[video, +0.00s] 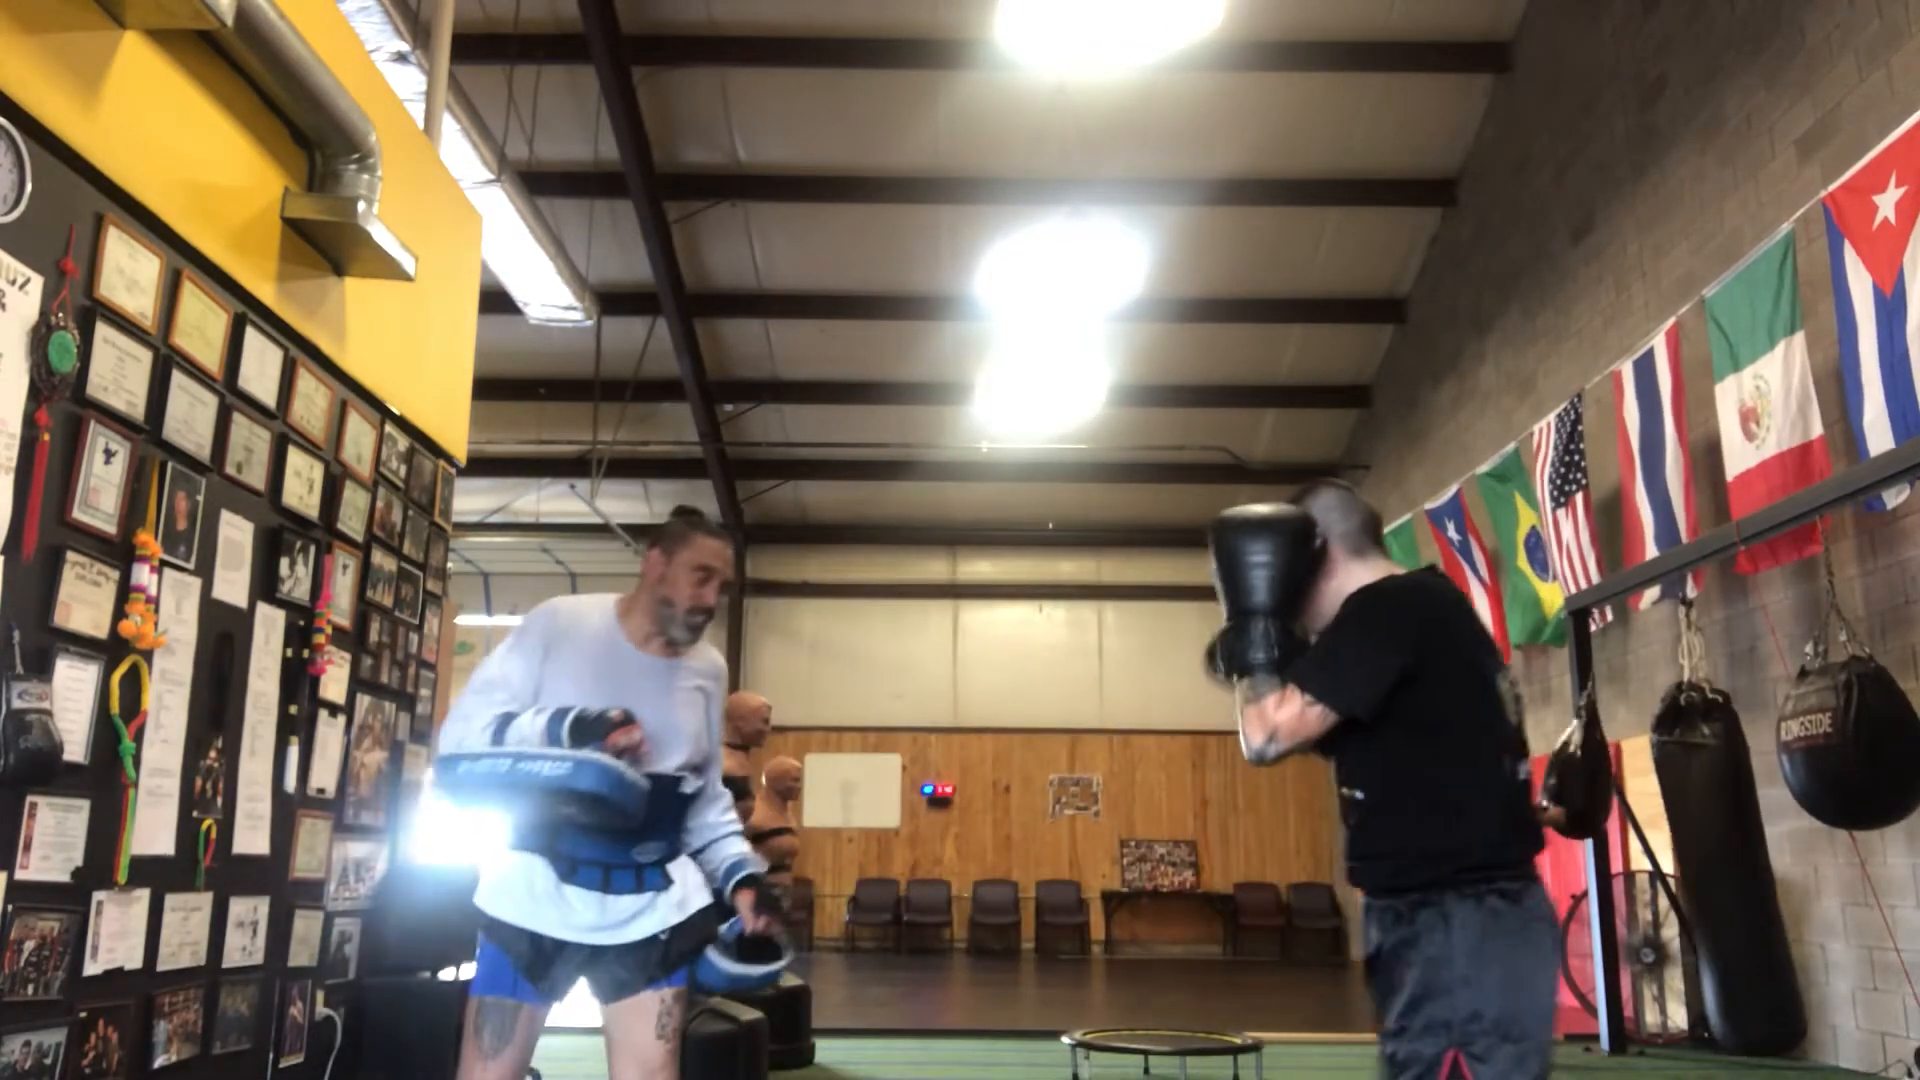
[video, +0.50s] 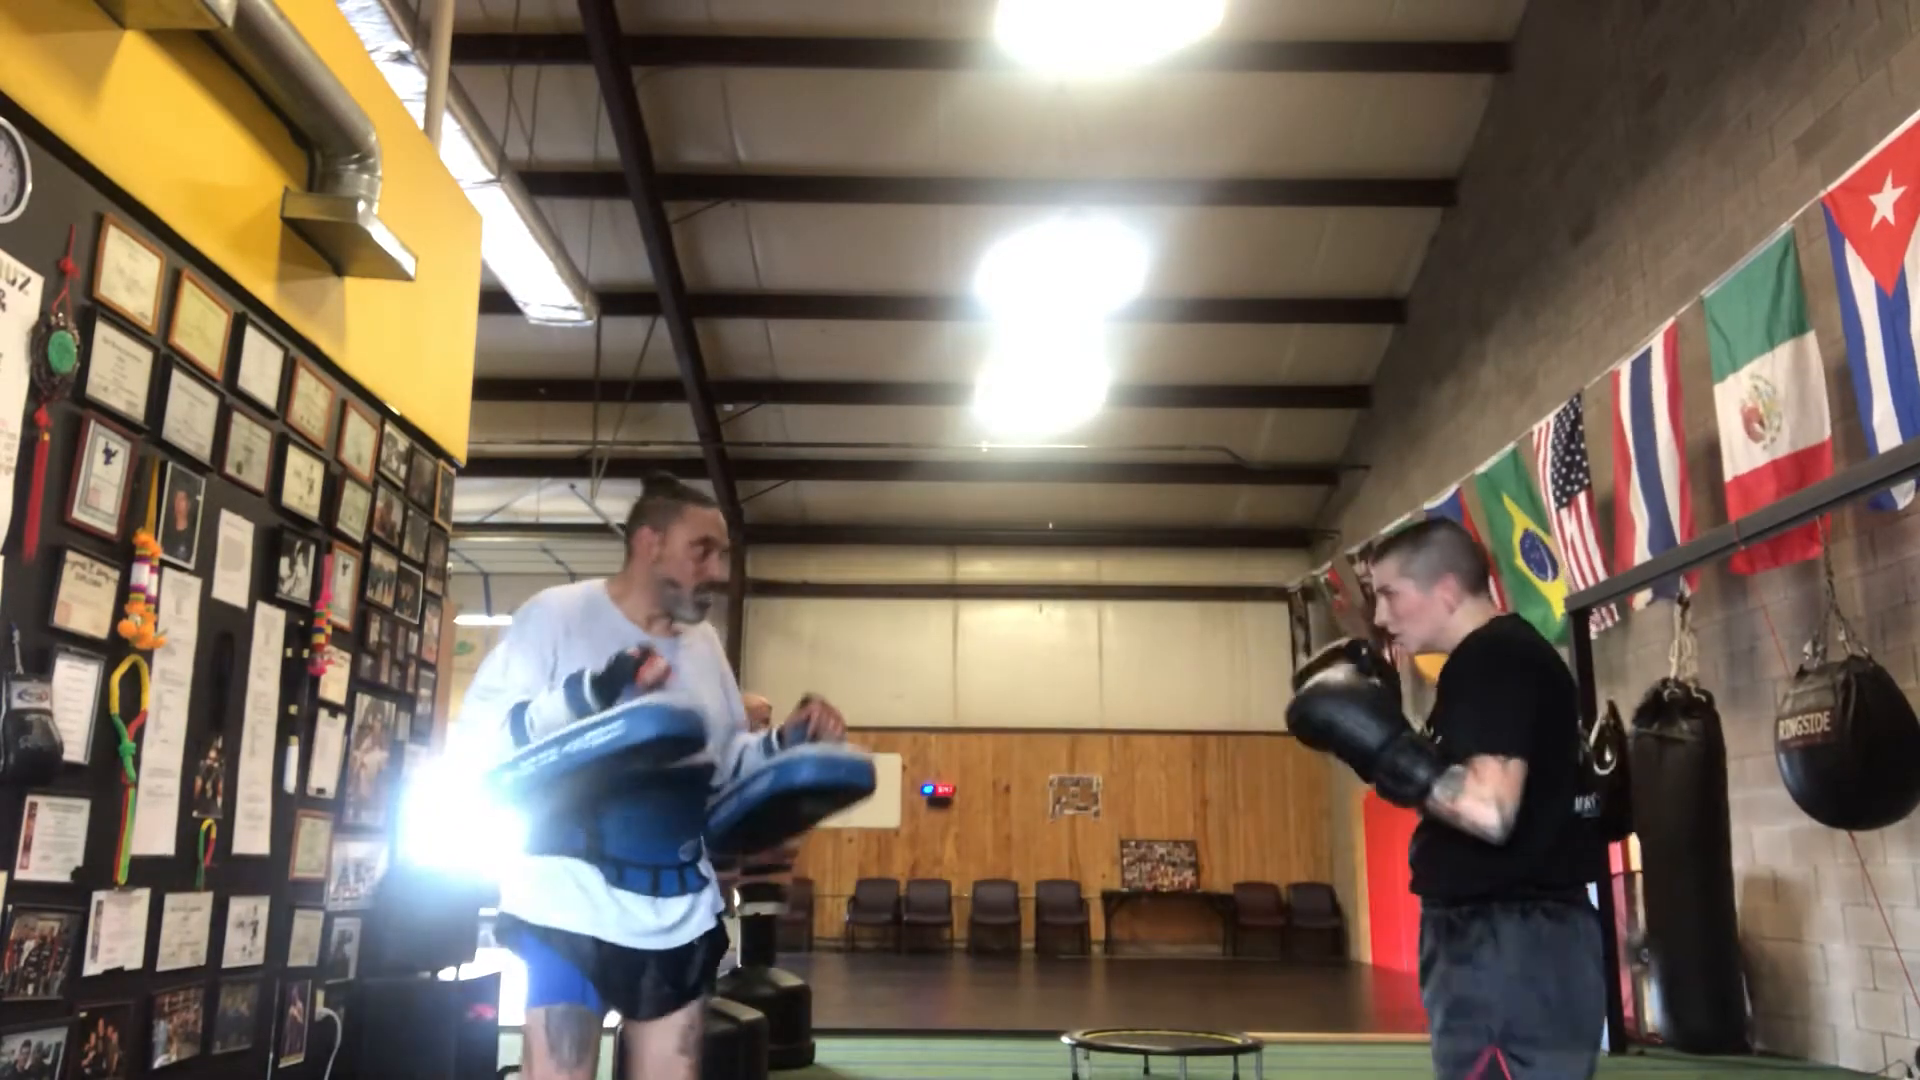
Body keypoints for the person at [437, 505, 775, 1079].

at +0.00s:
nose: (711, 599)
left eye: (722, 587)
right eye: (702, 577)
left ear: (726, 592)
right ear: (653, 563)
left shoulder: (706, 670)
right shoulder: (557, 626)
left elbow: (705, 798)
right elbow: (460, 737)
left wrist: (741, 877)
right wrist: (574, 730)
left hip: (652, 918)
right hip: (530, 907)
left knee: (652, 1072)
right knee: (487, 1073)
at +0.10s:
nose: (726, 600)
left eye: (736, 586)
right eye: (716, 577)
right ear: (666, 563)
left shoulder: (715, 672)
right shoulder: (570, 622)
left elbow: (718, 798)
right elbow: (471, 732)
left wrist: (757, 857)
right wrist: (584, 721)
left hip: (658, 917)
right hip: (536, 906)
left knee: (652, 1072)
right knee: (500, 1071)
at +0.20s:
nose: (732, 592)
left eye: (740, 579)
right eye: (720, 570)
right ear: (668, 558)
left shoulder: (721, 667)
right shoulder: (573, 619)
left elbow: (727, 789)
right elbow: (479, 725)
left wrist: (771, 824)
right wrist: (593, 715)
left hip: (662, 907)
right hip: (547, 894)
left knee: (651, 1070)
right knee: (527, 1067)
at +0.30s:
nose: (732, 584)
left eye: (739, 569)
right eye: (720, 563)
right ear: (667, 553)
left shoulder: (724, 662)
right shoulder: (570, 618)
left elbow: (726, 787)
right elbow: (477, 730)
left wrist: (781, 791)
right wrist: (593, 712)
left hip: (667, 908)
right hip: (552, 896)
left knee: (647, 1071)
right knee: (549, 1069)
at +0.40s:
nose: (727, 579)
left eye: (732, 564)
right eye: (713, 558)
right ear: (660, 550)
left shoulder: (717, 657)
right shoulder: (565, 617)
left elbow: (728, 775)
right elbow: (476, 737)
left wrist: (787, 767)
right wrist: (587, 708)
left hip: (673, 917)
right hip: (561, 908)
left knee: (654, 1072)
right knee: (560, 1071)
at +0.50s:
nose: (719, 570)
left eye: (723, 555)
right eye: (703, 549)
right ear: (646, 543)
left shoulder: (703, 645)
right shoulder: (556, 615)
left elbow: (728, 762)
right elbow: (475, 741)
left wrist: (790, 737)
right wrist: (591, 694)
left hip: (680, 917)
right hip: (566, 910)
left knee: (672, 1072)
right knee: (560, 1073)